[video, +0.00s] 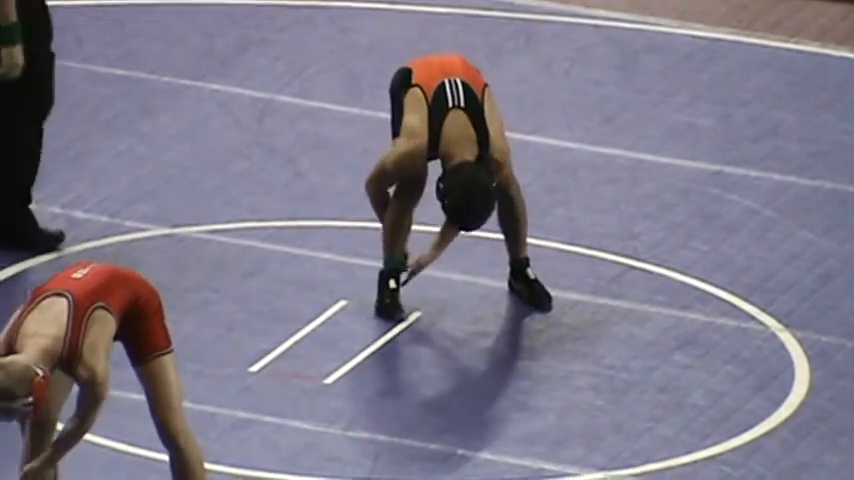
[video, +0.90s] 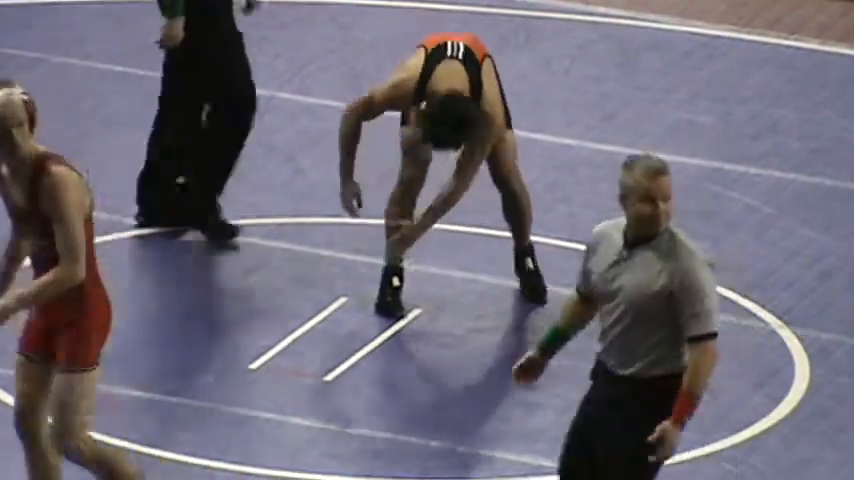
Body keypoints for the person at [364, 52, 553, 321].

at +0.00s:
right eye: (454, 221)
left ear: (490, 189)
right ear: (443, 191)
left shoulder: (497, 156)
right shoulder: (412, 150)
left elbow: (458, 216)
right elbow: (374, 186)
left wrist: (433, 253)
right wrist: (394, 230)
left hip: (470, 77)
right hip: (415, 78)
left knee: (509, 187)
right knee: (409, 187)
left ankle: (521, 271)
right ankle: (391, 277)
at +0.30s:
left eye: (458, 234)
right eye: (445, 230)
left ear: (482, 190)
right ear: (433, 193)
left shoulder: (496, 158)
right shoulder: (406, 150)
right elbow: (380, 178)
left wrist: (432, 247)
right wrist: (402, 237)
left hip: (470, 76)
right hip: (414, 77)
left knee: (510, 192)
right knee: (407, 191)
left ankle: (521, 271)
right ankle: (391, 277)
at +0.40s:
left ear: (477, 188)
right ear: (429, 192)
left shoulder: (493, 153)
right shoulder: (401, 151)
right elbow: (381, 186)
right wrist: (404, 242)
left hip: (467, 75)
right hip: (411, 76)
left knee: (508, 194)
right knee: (405, 191)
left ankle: (521, 270)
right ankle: (391, 279)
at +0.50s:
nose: (444, 228)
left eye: (451, 225)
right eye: (438, 223)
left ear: (473, 183)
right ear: (424, 186)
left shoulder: (492, 150)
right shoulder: (397, 151)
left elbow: (515, 200)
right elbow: (378, 177)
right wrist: (396, 230)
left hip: (464, 73)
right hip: (408, 76)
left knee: (506, 190)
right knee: (403, 192)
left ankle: (521, 268)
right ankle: (391, 277)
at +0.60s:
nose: (433, 221)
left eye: (443, 219)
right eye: (431, 215)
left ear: (469, 178)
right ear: (421, 183)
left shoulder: (488, 145)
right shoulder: (395, 141)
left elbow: (513, 196)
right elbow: (371, 164)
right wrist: (384, 216)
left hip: (464, 73)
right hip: (408, 73)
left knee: (503, 188)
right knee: (402, 186)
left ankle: (521, 267)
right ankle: (391, 276)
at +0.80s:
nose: (442, 193)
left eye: (446, 189)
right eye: (438, 189)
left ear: (462, 158)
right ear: (416, 145)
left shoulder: (482, 134)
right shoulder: (397, 111)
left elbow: (463, 194)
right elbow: (350, 131)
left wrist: (421, 236)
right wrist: (352, 197)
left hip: (469, 65)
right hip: (415, 63)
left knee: (502, 180)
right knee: (402, 187)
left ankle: (520, 264)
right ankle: (391, 276)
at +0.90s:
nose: (439, 152)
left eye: (449, 150)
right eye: (434, 145)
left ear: (466, 132)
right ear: (422, 115)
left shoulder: (487, 120)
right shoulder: (405, 88)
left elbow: (459, 185)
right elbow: (353, 114)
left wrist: (418, 230)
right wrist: (347, 180)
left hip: (480, 59)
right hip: (427, 53)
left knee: (507, 177)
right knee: (410, 179)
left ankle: (525, 256)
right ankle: (392, 273)